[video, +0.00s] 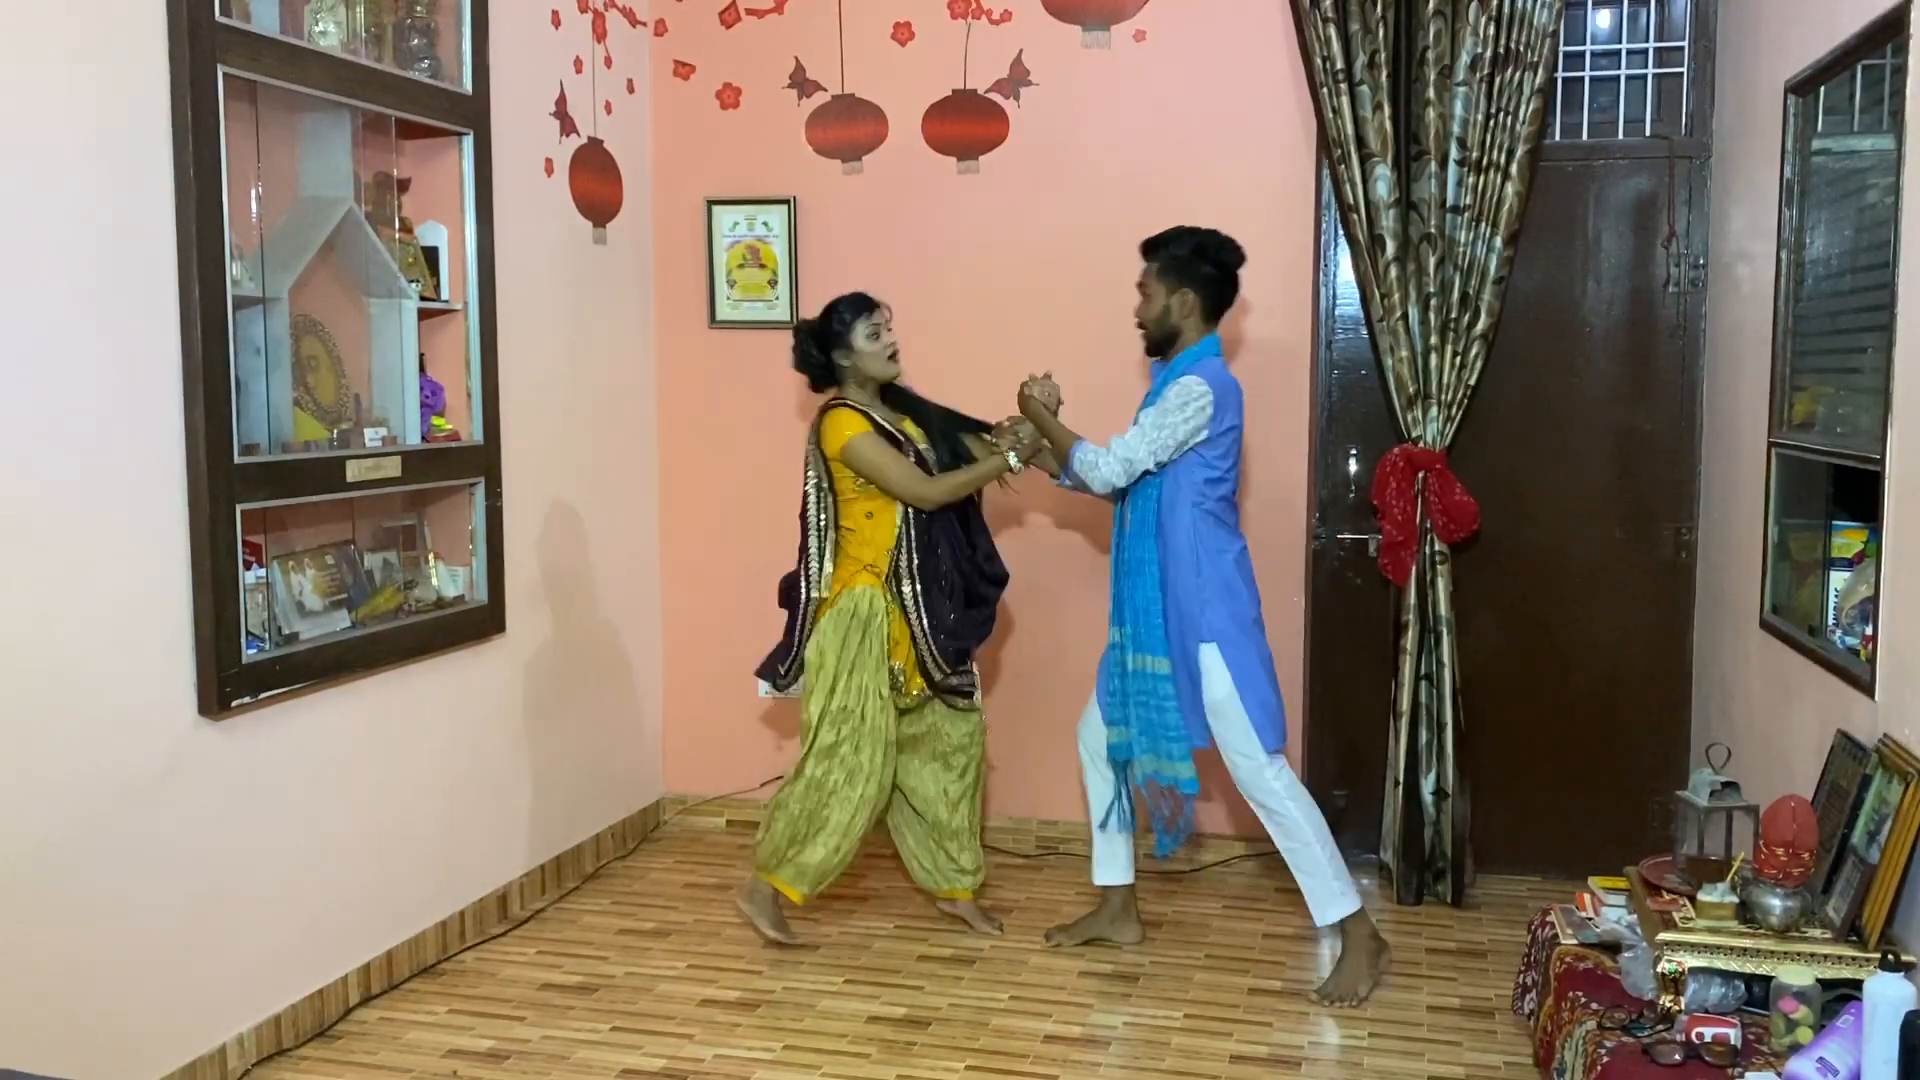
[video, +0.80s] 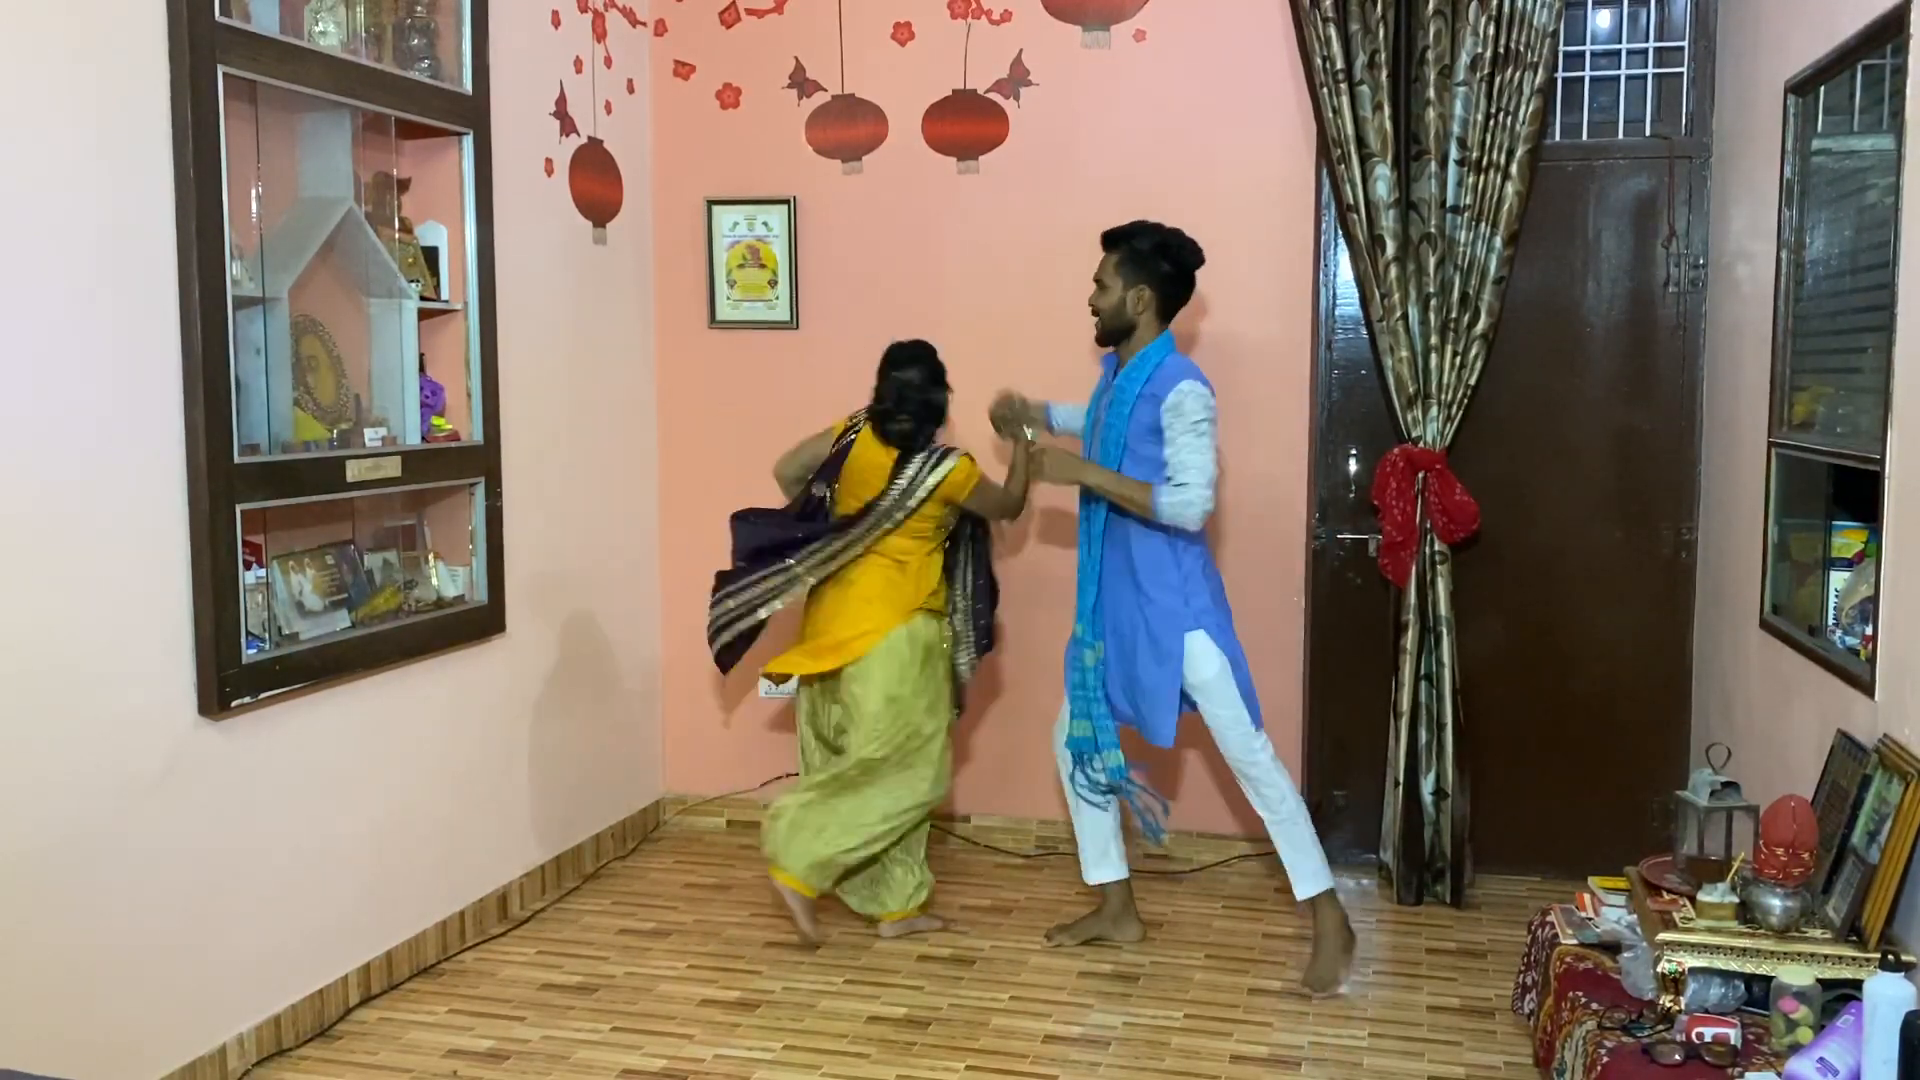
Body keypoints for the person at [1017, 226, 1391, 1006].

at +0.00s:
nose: (1136, 304)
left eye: (1147, 291)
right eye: (1138, 289)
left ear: (1189, 300)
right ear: (1183, 299)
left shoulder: (1200, 386)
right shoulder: (1170, 384)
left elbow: (1110, 468)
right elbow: (1119, 478)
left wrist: (1051, 428)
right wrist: (1052, 449)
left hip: (1206, 613)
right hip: (1155, 614)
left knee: (1256, 770)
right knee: (1098, 737)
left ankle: (1354, 926)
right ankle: (1114, 906)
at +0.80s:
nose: (1091, 295)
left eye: (1102, 283)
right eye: (1094, 281)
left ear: (1144, 297)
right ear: (1136, 296)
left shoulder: (1181, 389)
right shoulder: (1120, 374)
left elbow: (1189, 506)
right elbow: (1103, 435)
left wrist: (1079, 471)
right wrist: (1036, 418)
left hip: (1177, 598)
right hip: (1111, 597)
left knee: (1245, 751)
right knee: (1080, 740)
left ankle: (1327, 915)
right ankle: (1114, 905)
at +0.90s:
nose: (1096, 279)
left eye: (1108, 266)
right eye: (1100, 265)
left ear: (1150, 280)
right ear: (1140, 279)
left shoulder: (1200, 376)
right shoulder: (1105, 351)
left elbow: (1236, 486)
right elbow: (1044, 326)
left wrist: (1122, 500)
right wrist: (984, 290)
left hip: (1185, 582)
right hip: (1109, 581)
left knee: (1228, 737)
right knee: (1110, 733)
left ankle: (1281, 905)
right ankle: (1120, 901)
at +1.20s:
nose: (1115, 287)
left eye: (1129, 275)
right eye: (1119, 273)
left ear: (1175, 285)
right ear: (1156, 284)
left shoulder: (1229, 369)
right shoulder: (1117, 355)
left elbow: (1292, 456)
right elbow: (1018, 355)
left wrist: (1205, 520)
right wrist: (919, 328)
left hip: (1185, 588)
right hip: (1107, 584)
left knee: (1229, 742)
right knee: (1101, 736)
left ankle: (1275, 910)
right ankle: (1119, 904)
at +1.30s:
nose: (1151, 300)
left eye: (1169, 287)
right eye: (1145, 286)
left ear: (1208, 295)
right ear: (1139, 290)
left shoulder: (1244, 390)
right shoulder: (1121, 382)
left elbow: (1260, 502)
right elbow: (1059, 454)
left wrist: (1227, 567)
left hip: (1193, 603)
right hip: (1108, 601)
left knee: (1228, 756)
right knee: (1090, 751)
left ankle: (1255, 922)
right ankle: (1117, 904)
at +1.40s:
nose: (1180, 317)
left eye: (1196, 303)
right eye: (1168, 302)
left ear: (1223, 310)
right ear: (1153, 307)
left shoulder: (1256, 409)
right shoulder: (1123, 404)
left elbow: (1247, 525)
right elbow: (1090, 516)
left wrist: (1189, 595)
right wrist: (1120, 528)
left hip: (1216, 604)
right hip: (1125, 602)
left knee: (1247, 771)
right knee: (1093, 762)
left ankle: (1259, 923)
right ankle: (1106, 904)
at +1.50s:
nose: (1190, 291)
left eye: (1206, 276)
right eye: (1177, 275)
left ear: (1233, 284)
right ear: (1161, 282)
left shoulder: (1262, 375)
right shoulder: (1130, 369)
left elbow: (1252, 483)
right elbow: (1096, 471)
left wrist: (1136, 486)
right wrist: (1200, 428)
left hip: (1226, 585)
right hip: (1141, 583)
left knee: (1250, 747)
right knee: (1108, 738)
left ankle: (1262, 917)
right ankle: (1111, 893)